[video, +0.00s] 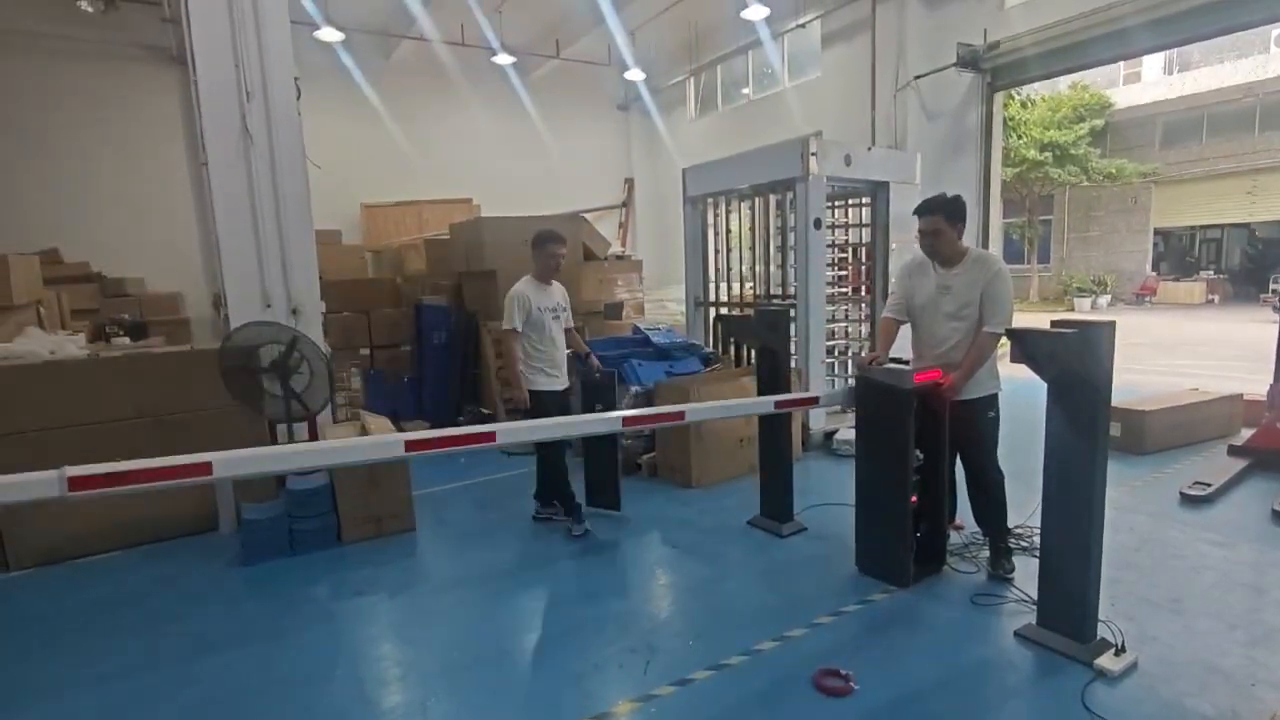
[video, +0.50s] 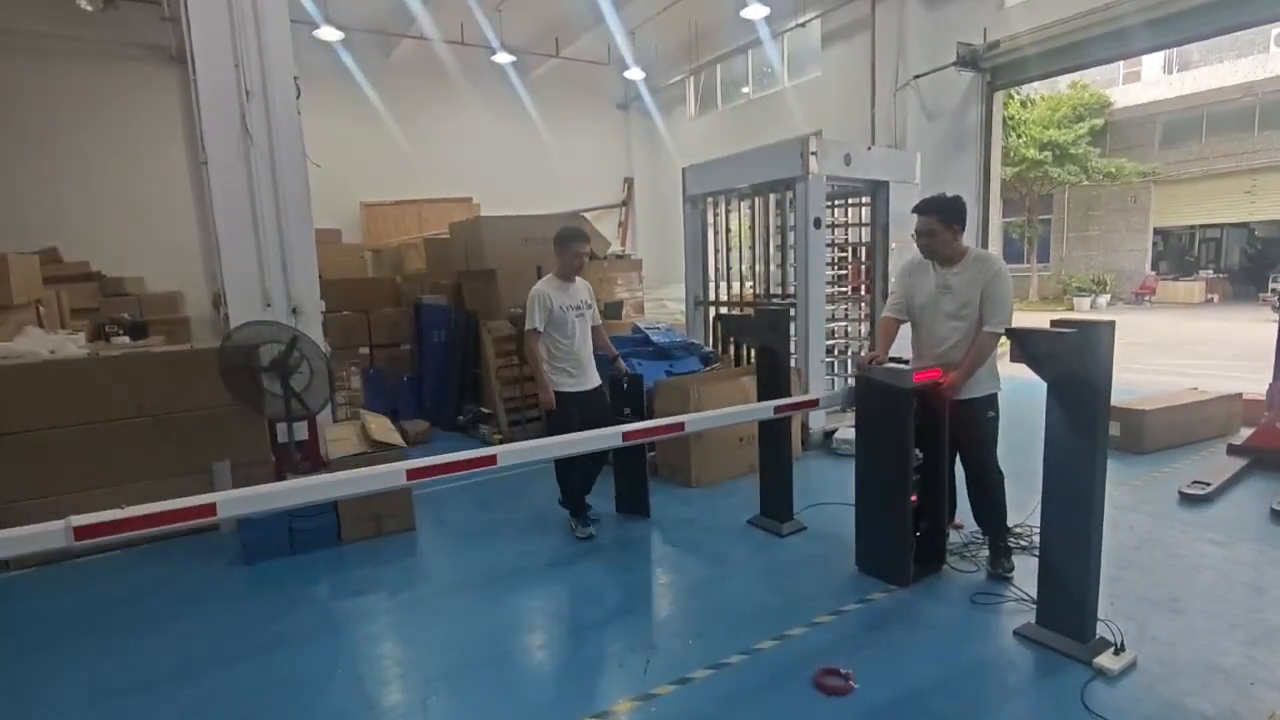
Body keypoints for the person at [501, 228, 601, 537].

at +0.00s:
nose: (560, 263)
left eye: (562, 257)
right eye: (554, 257)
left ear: (563, 258)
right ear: (536, 256)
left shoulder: (560, 291)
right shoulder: (519, 294)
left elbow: (568, 331)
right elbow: (511, 343)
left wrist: (588, 354)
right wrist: (518, 387)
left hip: (561, 383)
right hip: (537, 386)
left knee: (551, 446)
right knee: (554, 448)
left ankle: (544, 504)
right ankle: (573, 512)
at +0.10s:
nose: (564, 263)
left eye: (567, 257)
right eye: (558, 258)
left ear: (567, 257)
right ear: (540, 256)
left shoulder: (565, 291)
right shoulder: (523, 295)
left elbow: (575, 330)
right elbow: (514, 343)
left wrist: (595, 355)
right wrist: (521, 387)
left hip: (566, 384)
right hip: (542, 387)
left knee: (554, 447)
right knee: (560, 450)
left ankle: (545, 503)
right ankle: (578, 513)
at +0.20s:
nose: (568, 263)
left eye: (570, 258)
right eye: (562, 258)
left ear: (571, 258)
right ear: (543, 257)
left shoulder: (570, 290)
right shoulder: (527, 295)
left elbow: (581, 330)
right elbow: (518, 344)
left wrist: (602, 355)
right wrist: (524, 388)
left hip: (573, 384)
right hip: (547, 387)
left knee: (561, 447)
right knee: (564, 449)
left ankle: (547, 501)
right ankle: (578, 514)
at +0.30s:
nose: (572, 263)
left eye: (575, 257)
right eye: (567, 257)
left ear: (576, 257)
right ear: (547, 255)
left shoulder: (575, 289)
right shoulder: (532, 295)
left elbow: (587, 331)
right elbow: (523, 344)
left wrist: (608, 356)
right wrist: (530, 388)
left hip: (580, 385)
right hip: (552, 388)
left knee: (576, 448)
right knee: (563, 452)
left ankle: (551, 498)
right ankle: (579, 513)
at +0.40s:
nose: (577, 263)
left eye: (580, 257)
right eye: (571, 257)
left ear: (582, 256)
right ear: (553, 256)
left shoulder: (579, 288)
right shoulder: (536, 294)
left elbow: (592, 330)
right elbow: (527, 344)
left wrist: (612, 356)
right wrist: (537, 389)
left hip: (586, 386)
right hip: (557, 391)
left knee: (595, 442)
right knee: (565, 452)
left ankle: (560, 492)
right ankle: (579, 514)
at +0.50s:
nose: (584, 261)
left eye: (587, 255)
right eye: (578, 255)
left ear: (588, 255)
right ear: (559, 253)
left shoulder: (584, 288)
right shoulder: (540, 293)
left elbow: (596, 330)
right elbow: (531, 342)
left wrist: (616, 358)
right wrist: (543, 386)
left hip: (592, 386)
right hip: (561, 390)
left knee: (601, 445)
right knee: (568, 452)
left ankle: (575, 494)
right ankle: (578, 513)